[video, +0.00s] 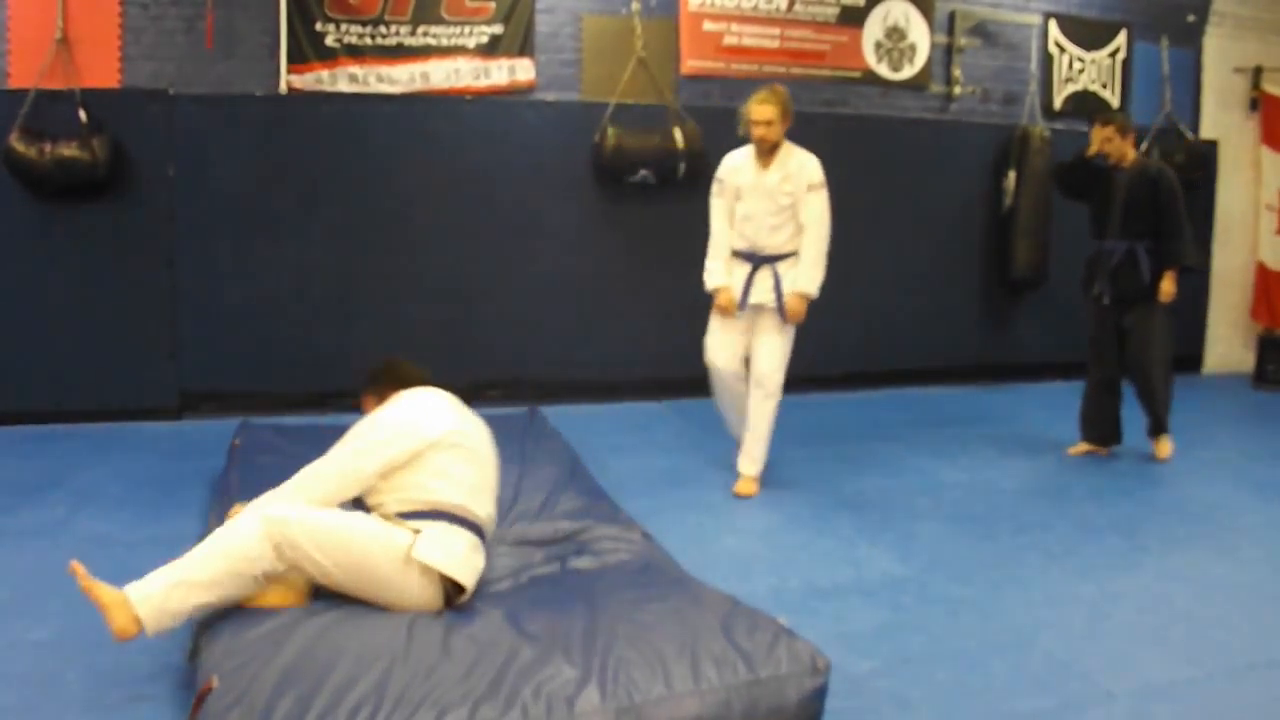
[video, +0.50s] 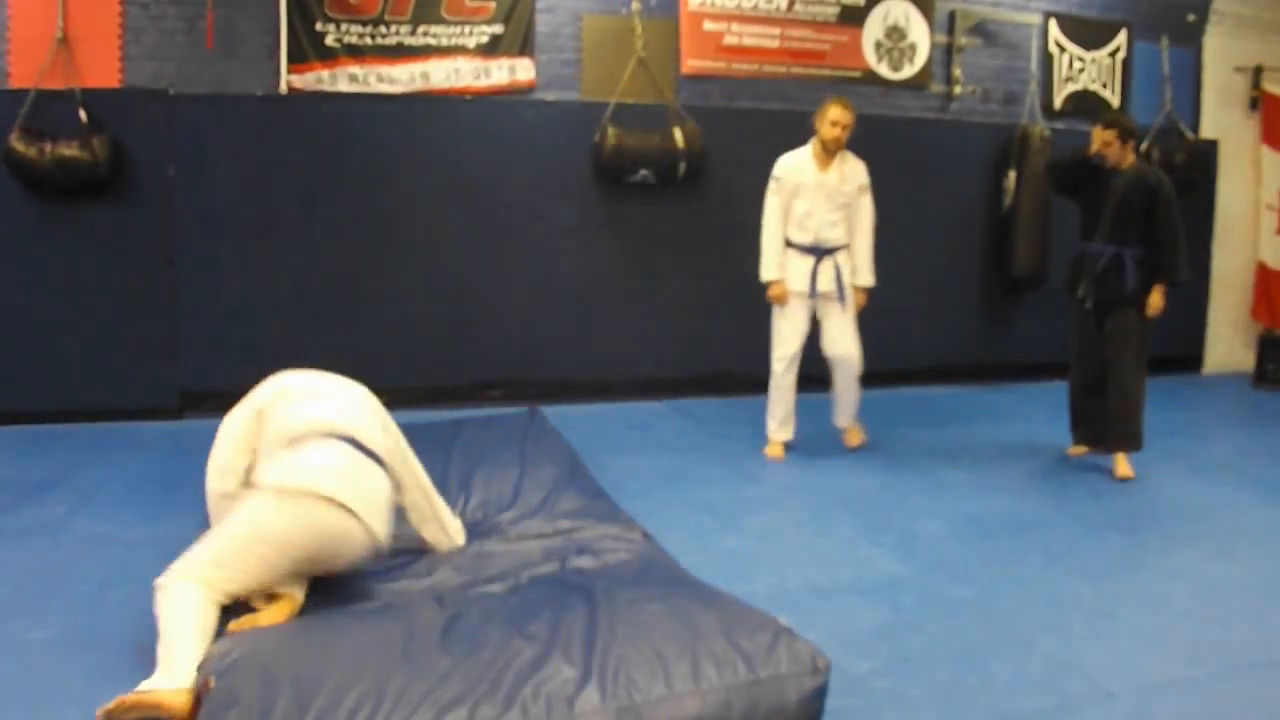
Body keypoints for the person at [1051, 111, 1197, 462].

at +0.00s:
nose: (1103, 149)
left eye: (1108, 142)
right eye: (1100, 143)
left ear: (1128, 139)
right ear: (1098, 145)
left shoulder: (1158, 177)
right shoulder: (1100, 175)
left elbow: (1175, 228)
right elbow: (1064, 181)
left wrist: (1170, 271)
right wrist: (1088, 155)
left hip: (1146, 276)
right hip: (1106, 274)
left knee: (1146, 356)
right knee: (1103, 356)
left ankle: (1160, 431)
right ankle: (1099, 436)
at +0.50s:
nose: (1098, 152)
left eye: (1105, 145)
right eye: (1096, 145)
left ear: (1125, 144)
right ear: (1097, 146)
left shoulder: (1152, 182)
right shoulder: (1093, 176)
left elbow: (1167, 239)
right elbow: (1057, 177)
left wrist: (1160, 284)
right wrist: (1088, 158)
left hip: (1130, 284)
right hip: (1091, 280)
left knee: (1124, 365)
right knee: (1087, 360)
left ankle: (1120, 448)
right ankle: (1088, 436)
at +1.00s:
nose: (1123, 146)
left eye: (1130, 139)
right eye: (1119, 139)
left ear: (1148, 140)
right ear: (1114, 141)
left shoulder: (1169, 181)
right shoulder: (1107, 172)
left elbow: (1181, 240)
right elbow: (1072, 174)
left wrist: (1176, 290)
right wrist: (1102, 147)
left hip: (1140, 284)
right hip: (1097, 279)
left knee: (1133, 371)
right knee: (1078, 363)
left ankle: (1121, 453)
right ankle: (1072, 439)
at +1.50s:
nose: (1092, 133)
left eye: (1100, 126)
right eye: (1087, 126)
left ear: (1120, 130)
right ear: (1083, 132)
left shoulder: (1147, 179)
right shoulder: (1073, 179)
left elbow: (1165, 240)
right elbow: (1040, 224)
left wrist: (1161, 291)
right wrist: (1036, 187)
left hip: (1128, 293)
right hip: (1079, 291)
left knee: (1128, 378)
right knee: (1070, 381)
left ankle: (1125, 455)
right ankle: (1064, 470)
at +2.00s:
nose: (1080, 126)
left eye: (1089, 119)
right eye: (1077, 119)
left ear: (1113, 126)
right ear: (1074, 126)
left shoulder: (1141, 176)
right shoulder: (1067, 177)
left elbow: (1157, 243)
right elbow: (1041, 225)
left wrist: (1144, 296)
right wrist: (1022, 227)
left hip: (1121, 295)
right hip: (1072, 292)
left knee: (1123, 392)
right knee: (1063, 387)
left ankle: (1124, 486)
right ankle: (1057, 473)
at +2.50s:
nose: (1116, 119)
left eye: (1125, 111)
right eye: (1113, 113)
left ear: (1150, 117)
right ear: (1113, 121)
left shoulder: (1177, 176)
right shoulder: (1105, 171)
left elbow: (1187, 248)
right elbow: (1083, 233)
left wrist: (1176, 308)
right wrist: (1065, 205)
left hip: (1143, 298)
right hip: (1097, 291)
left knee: (1133, 401)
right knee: (1080, 391)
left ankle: (1122, 497)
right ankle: (1062, 477)